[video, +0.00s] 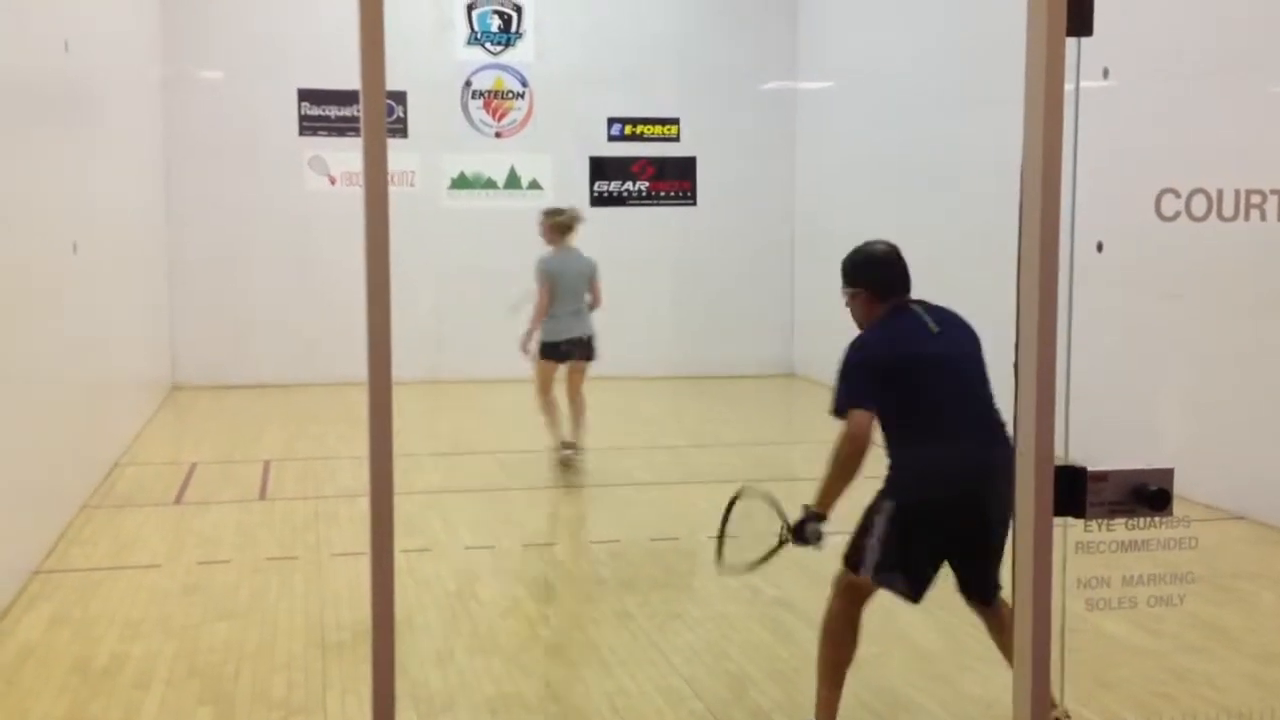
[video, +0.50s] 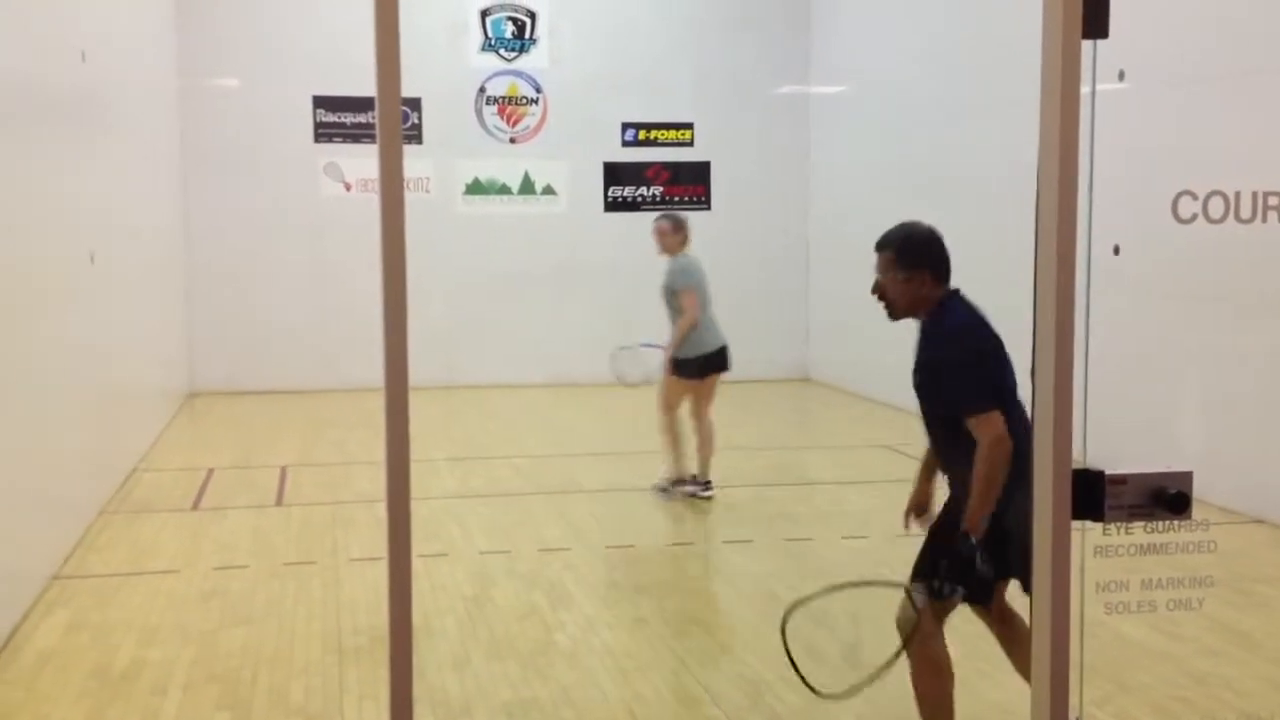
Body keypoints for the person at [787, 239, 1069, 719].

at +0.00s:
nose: (848, 305)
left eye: (849, 296)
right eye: (847, 295)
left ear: (864, 295)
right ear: (904, 287)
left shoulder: (870, 348)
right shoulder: (953, 324)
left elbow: (857, 435)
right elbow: (971, 408)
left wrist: (817, 511)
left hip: (920, 488)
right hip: (992, 481)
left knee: (849, 593)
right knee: (985, 594)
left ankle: (825, 713)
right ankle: (1047, 704)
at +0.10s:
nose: (853, 301)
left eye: (858, 290)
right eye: (853, 290)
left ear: (886, 287)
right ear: (906, 283)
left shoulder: (892, 337)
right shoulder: (955, 315)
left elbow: (890, 428)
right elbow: (981, 405)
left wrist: (847, 515)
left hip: (942, 487)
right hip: (1002, 483)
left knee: (875, 598)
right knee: (975, 596)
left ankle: (835, 711)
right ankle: (1044, 702)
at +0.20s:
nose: (864, 294)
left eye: (871, 284)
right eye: (864, 284)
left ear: (899, 283)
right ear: (914, 279)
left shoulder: (918, 333)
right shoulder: (964, 313)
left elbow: (928, 430)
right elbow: (991, 408)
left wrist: (888, 522)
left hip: (958, 490)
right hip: (1002, 486)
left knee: (893, 602)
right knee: (986, 598)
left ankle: (850, 714)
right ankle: (1049, 703)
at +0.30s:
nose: (874, 294)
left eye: (880, 282)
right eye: (874, 282)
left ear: (911, 280)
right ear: (924, 277)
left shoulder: (934, 332)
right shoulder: (968, 313)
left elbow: (955, 431)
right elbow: (986, 416)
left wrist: (931, 502)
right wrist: (944, 493)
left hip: (974, 484)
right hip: (1008, 481)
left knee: (899, 596)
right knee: (988, 592)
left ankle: (893, 712)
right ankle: (1048, 696)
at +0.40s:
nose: (878, 287)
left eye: (885, 274)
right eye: (879, 275)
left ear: (917, 275)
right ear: (926, 273)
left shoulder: (943, 331)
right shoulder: (966, 311)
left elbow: (975, 429)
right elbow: (962, 416)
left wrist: (955, 523)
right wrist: (935, 480)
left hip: (974, 493)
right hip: (1007, 485)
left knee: (907, 607)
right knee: (994, 597)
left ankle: (936, 714)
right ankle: (1053, 698)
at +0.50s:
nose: (875, 289)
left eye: (885, 276)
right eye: (877, 276)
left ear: (921, 279)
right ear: (922, 279)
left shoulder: (953, 333)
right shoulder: (946, 321)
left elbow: (995, 440)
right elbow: (952, 414)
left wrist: (970, 532)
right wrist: (926, 478)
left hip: (982, 497)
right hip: (1004, 490)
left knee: (916, 623)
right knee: (991, 604)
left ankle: (939, 715)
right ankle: (1058, 702)